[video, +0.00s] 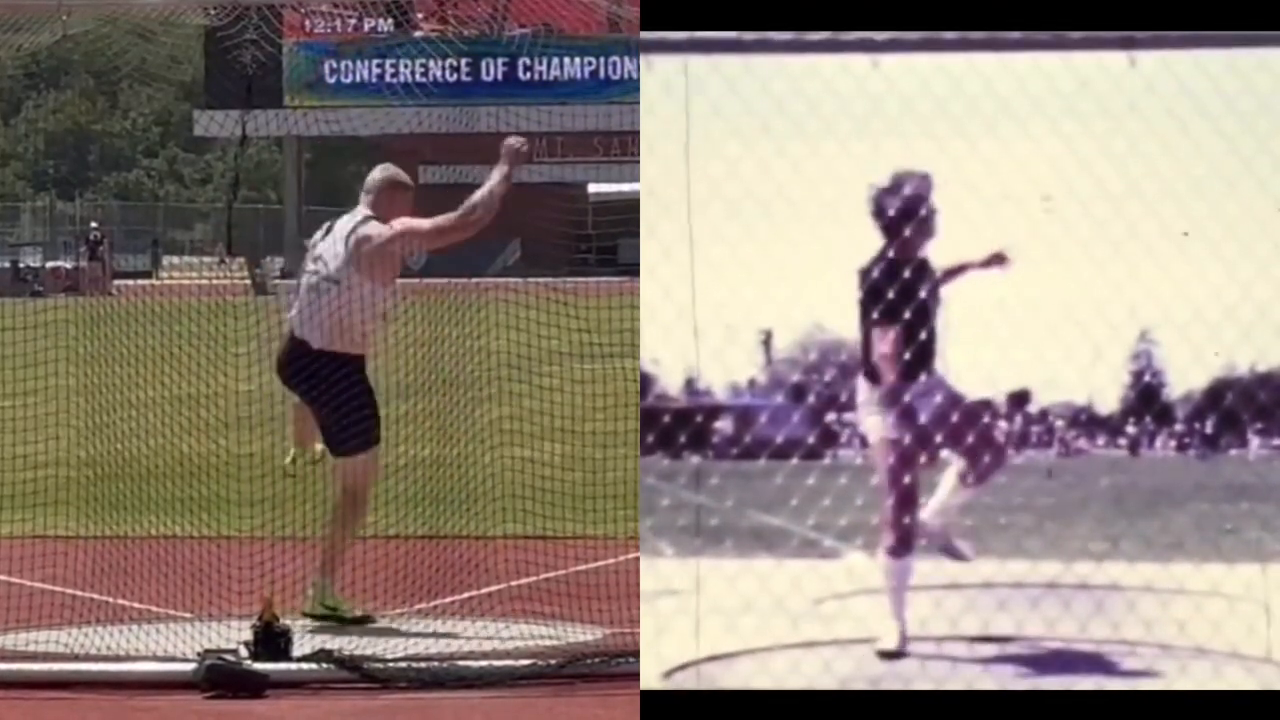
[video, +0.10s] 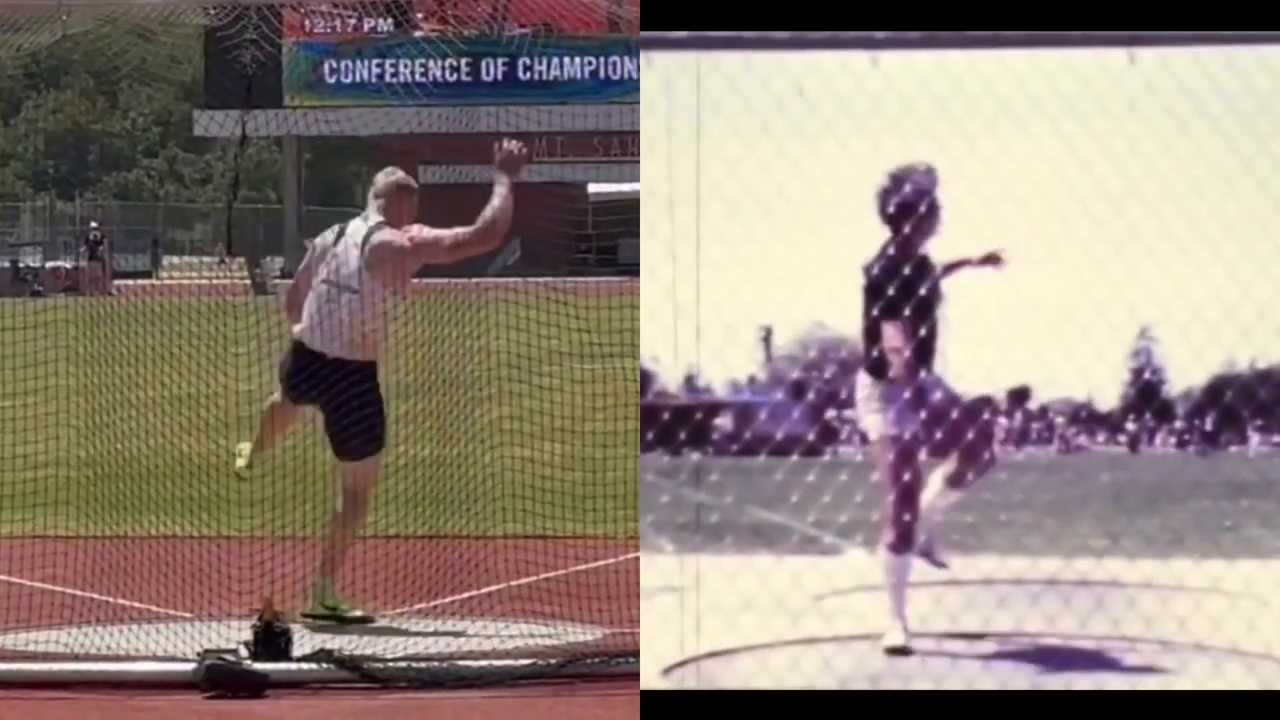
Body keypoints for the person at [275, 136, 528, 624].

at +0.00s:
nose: (408, 210)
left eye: (408, 202)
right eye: (405, 201)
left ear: (369, 195)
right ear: (389, 199)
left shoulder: (333, 228)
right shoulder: (383, 236)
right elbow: (468, 221)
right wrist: (505, 165)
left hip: (298, 356)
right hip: (337, 368)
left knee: (309, 392)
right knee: (356, 488)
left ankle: (302, 452)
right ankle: (322, 593)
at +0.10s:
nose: (415, 213)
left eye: (413, 204)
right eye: (412, 203)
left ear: (373, 202)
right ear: (400, 203)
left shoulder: (333, 236)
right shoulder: (399, 243)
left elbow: (294, 296)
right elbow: (487, 235)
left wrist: (306, 336)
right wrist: (505, 176)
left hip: (304, 360)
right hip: (353, 375)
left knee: (288, 401)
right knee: (354, 498)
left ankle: (254, 454)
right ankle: (323, 593)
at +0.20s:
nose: (419, 216)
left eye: (417, 209)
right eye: (418, 208)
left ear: (375, 204)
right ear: (409, 207)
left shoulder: (334, 240)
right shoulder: (414, 245)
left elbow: (290, 304)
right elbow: (503, 254)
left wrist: (307, 344)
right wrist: (510, 194)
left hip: (306, 360)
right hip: (361, 378)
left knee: (266, 404)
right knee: (356, 493)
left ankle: (215, 463)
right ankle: (323, 593)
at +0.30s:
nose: (408, 215)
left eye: (400, 208)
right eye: (415, 208)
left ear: (377, 206)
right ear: (418, 212)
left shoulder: (337, 242)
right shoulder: (427, 253)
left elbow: (288, 305)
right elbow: (511, 269)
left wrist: (283, 343)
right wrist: (512, 217)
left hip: (314, 361)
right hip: (367, 381)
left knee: (252, 402)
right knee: (359, 492)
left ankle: (194, 474)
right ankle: (327, 593)